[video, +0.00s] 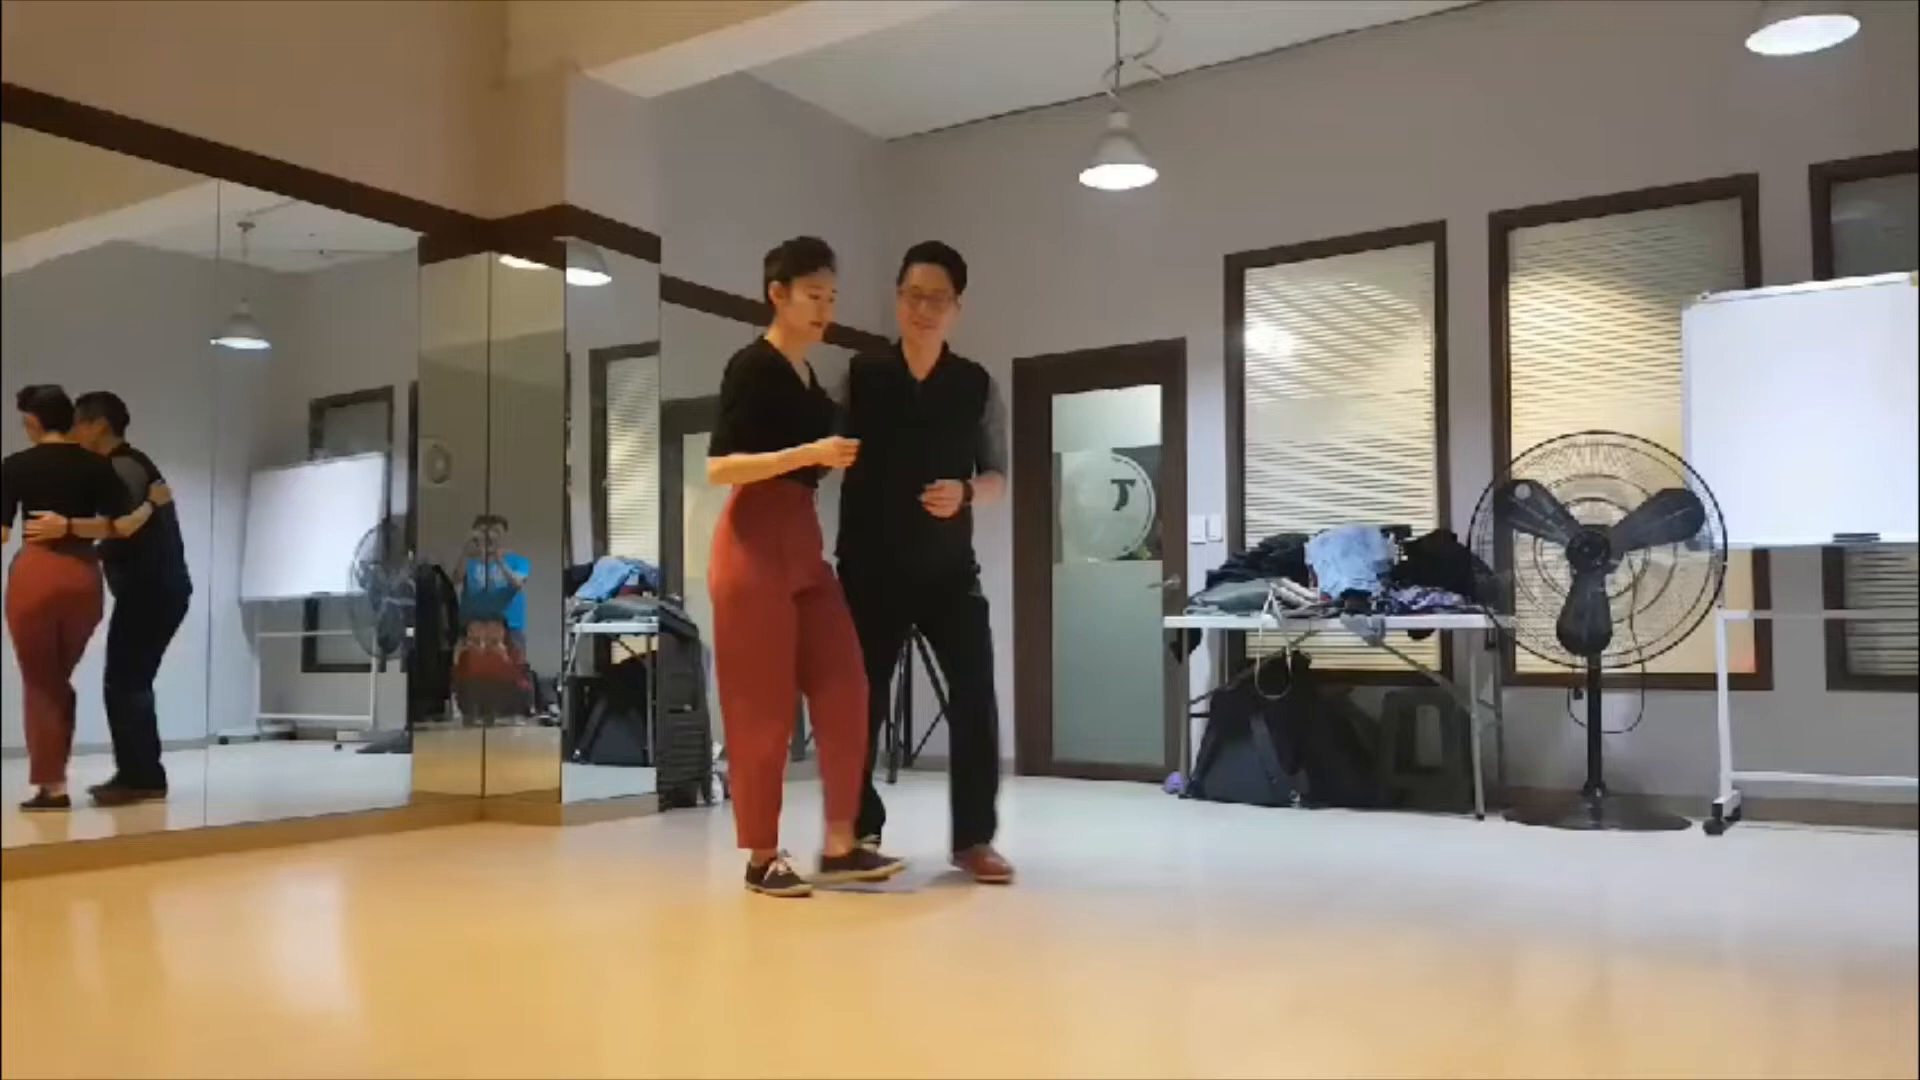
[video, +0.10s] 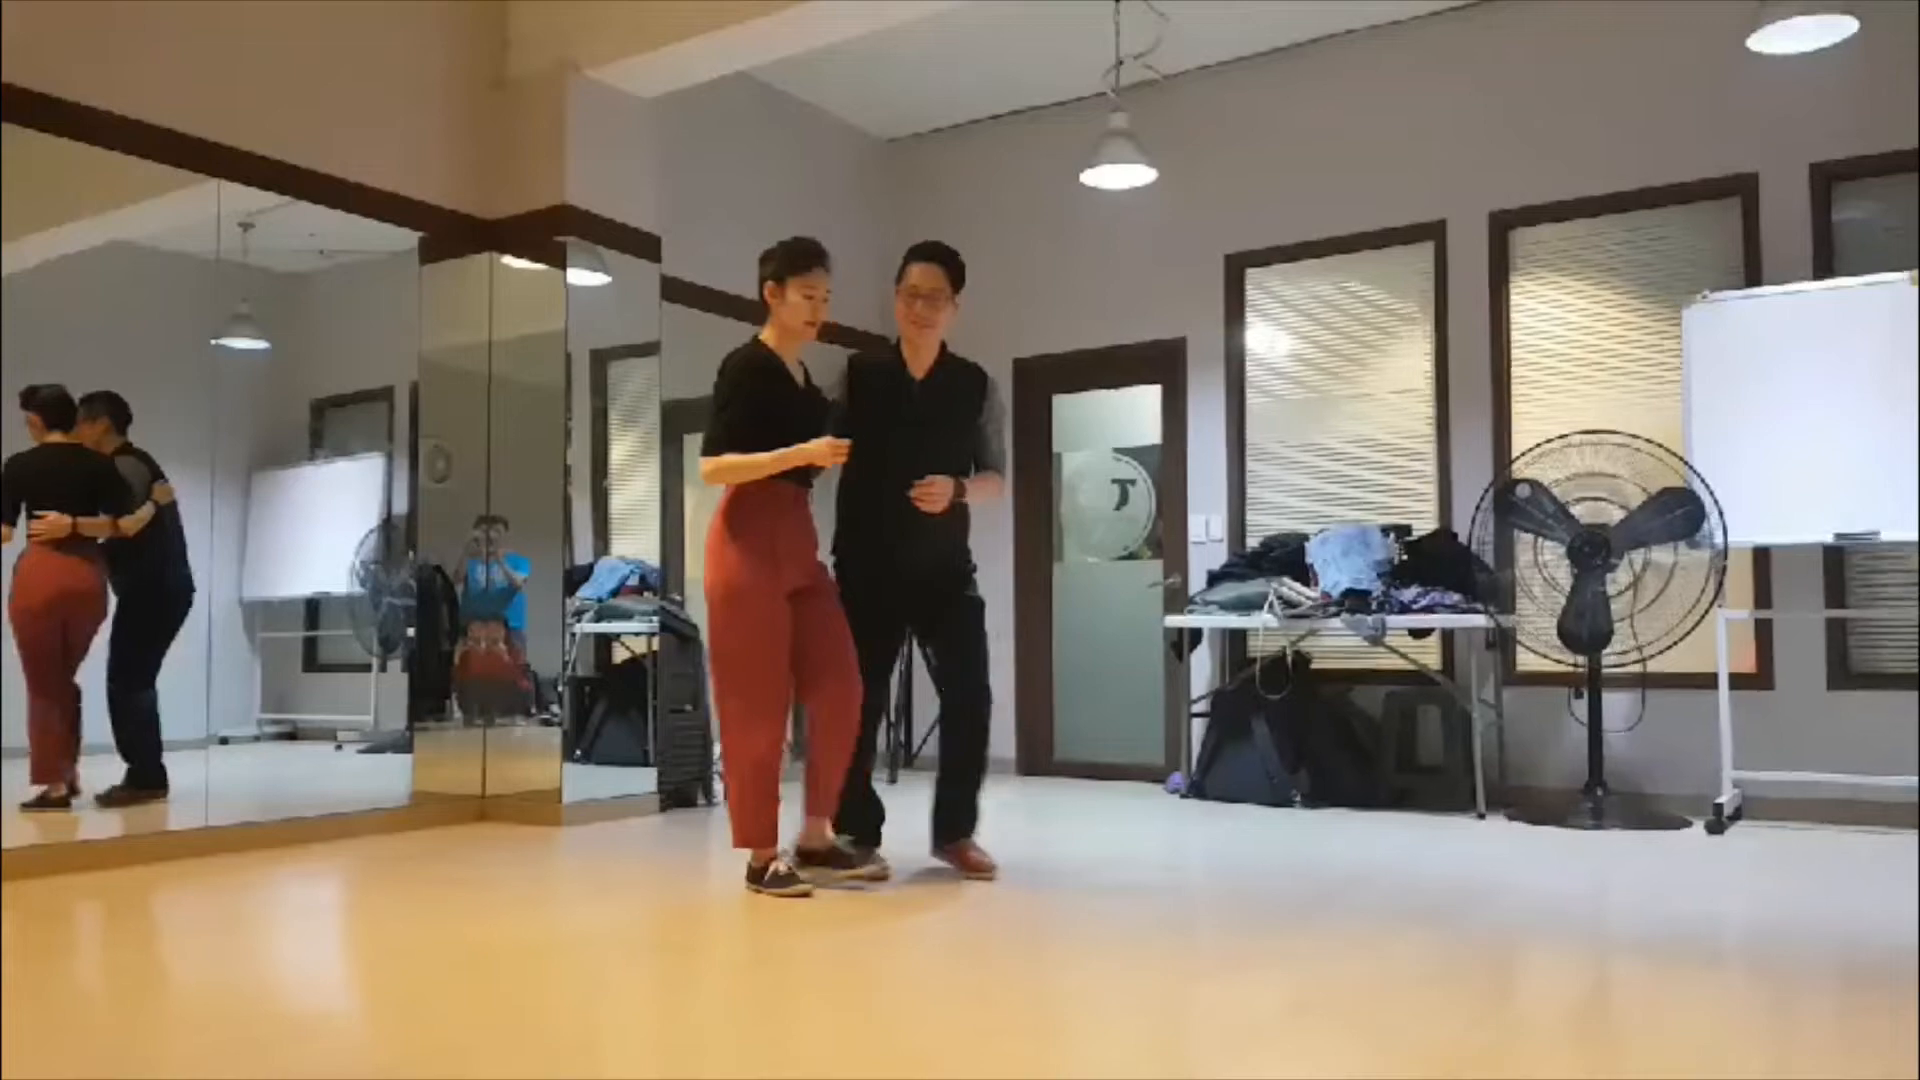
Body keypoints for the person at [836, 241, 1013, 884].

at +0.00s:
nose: (923, 308)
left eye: (936, 298)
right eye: (913, 295)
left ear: (957, 307)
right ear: (896, 301)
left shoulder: (976, 384)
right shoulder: (863, 375)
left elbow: (995, 478)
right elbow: (833, 455)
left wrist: (967, 493)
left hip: (946, 569)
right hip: (870, 568)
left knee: (975, 699)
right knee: (860, 701)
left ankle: (972, 841)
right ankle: (857, 835)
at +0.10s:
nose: (922, 306)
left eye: (936, 297)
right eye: (913, 294)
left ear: (955, 305)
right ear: (895, 299)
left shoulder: (974, 383)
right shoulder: (862, 372)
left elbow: (995, 479)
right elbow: (831, 453)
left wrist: (958, 489)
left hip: (942, 566)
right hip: (867, 563)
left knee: (970, 698)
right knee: (858, 700)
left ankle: (954, 834)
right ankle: (856, 836)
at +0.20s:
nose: (913, 307)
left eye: (927, 297)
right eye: (905, 294)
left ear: (952, 306)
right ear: (891, 300)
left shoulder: (970, 386)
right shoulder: (856, 374)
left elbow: (987, 483)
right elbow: (822, 457)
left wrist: (941, 485)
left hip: (936, 564)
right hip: (863, 563)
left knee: (954, 691)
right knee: (858, 698)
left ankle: (918, 819)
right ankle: (857, 839)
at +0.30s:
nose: (911, 309)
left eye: (925, 299)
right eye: (903, 297)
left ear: (950, 308)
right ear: (889, 302)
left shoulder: (968, 389)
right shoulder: (852, 377)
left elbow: (981, 488)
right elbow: (814, 460)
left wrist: (930, 482)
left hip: (931, 568)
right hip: (858, 564)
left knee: (939, 694)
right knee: (856, 698)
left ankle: (888, 808)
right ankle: (857, 836)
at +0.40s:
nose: (909, 311)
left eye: (924, 302)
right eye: (901, 299)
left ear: (948, 312)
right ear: (887, 305)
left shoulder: (967, 393)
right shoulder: (851, 380)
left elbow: (980, 493)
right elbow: (803, 462)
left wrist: (922, 484)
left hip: (928, 572)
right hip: (856, 569)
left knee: (925, 701)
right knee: (852, 702)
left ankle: (867, 796)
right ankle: (860, 838)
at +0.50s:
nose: (906, 316)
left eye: (920, 307)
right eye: (898, 303)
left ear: (946, 317)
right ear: (884, 310)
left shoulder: (966, 398)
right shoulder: (850, 384)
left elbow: (978, 497)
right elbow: (800, 458)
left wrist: (917, 491)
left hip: (924, 574)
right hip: (854, 568)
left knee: (908, 701)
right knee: (856, 694)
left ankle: (860, 817)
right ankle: (862, 839)